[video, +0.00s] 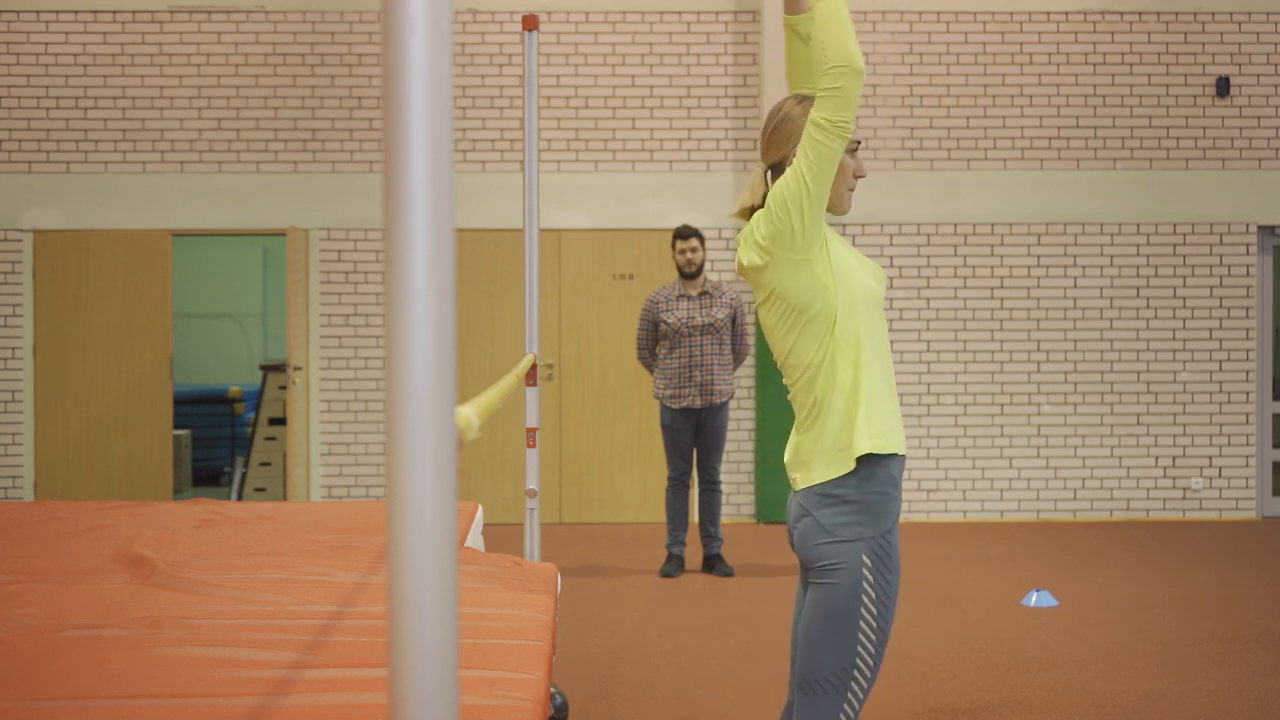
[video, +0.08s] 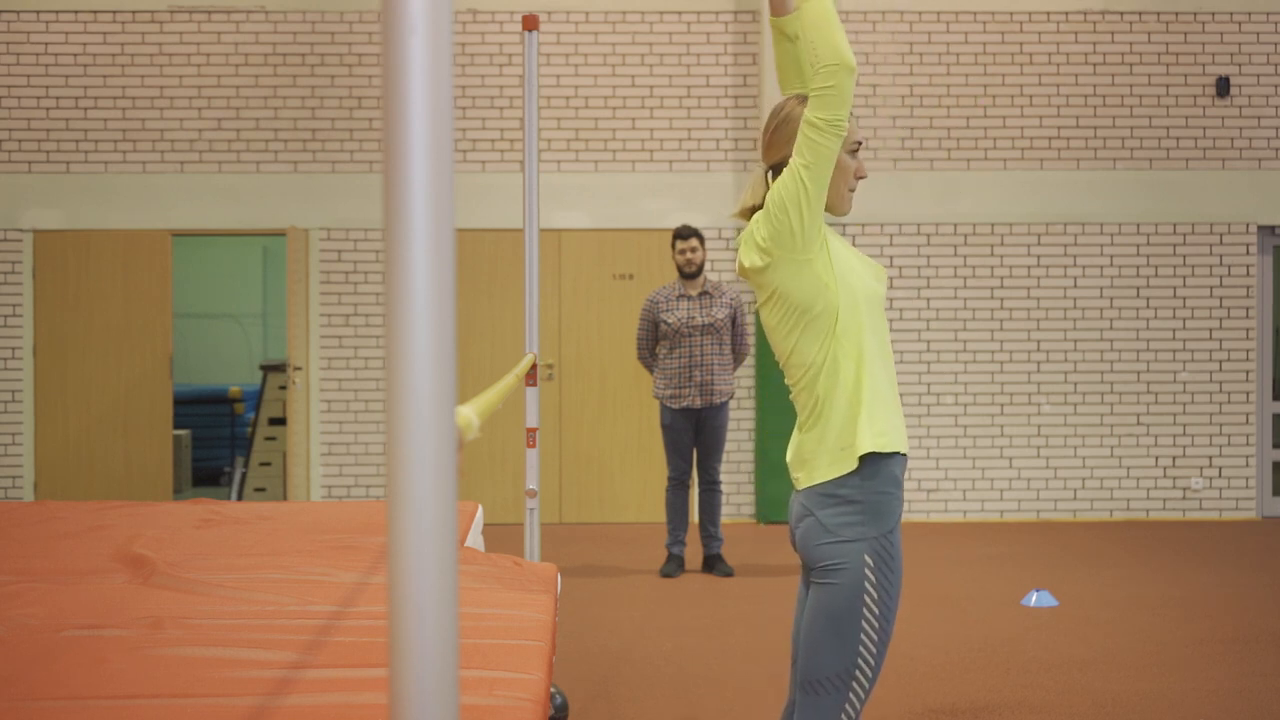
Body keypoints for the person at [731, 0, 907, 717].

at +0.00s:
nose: (863, 166)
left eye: (860, 151)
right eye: (850, 150)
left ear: (795, 157)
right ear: (807, 157)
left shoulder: (793, 233)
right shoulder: (785, 235)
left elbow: (814, 88)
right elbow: (842, 78)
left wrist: (796, 3)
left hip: (848, 489)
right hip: (847, 493)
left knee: (821, 697)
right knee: (830, 701)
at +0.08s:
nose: (862, 167)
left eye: (860, 152)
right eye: (851, 151)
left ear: (795, 159)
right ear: (805, 157)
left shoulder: (789, 234)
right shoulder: (788, 235)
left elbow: (805, 93)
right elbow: (836, 76)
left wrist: (782, 9)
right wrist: (801, 0)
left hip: (845, 489)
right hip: (851, 492)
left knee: (819, 697)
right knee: (832, 700)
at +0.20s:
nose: (863, 168)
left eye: (860, 154)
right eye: (852, 152)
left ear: (799, 159)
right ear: (806, 156)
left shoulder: (798, 235)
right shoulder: (787, 231)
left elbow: (800, 101)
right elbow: (826, 78)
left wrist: (765, 15)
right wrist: (779, 6)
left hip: (855, 489)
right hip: (852, 492)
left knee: (821, 700)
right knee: (833, 703)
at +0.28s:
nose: (863, 169)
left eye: (862, 154)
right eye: (853, 152)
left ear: (797, 156)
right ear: (804, 155)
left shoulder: (793, 236)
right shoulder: (788, 233)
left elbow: (797, 106)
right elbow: (823, 76)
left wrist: (754, 16)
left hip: (852, 487)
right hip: (853, 491)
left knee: (819, 699)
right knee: (834, 703)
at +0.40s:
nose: (864, 169)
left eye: (863, 154)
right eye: (853, 152)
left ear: (802, 156)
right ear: (806, 154)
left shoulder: (795, 236)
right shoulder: (788, 234)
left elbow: (790, 110)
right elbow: (817, 70)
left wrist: (744, 18)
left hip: (853, 487)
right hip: (854, 492)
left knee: (819, 701)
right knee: (836, 704)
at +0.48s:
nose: (864, 169)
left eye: (863, 154)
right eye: (853, 153)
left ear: (805, 157)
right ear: (806, 154)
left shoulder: (797, 236)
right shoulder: (787, 234)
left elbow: (790, 110)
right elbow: (815, 71)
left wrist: (741, 20)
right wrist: (757, 0)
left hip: (857, 486)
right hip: (852, 491)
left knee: (822, 700)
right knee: (836, 703)